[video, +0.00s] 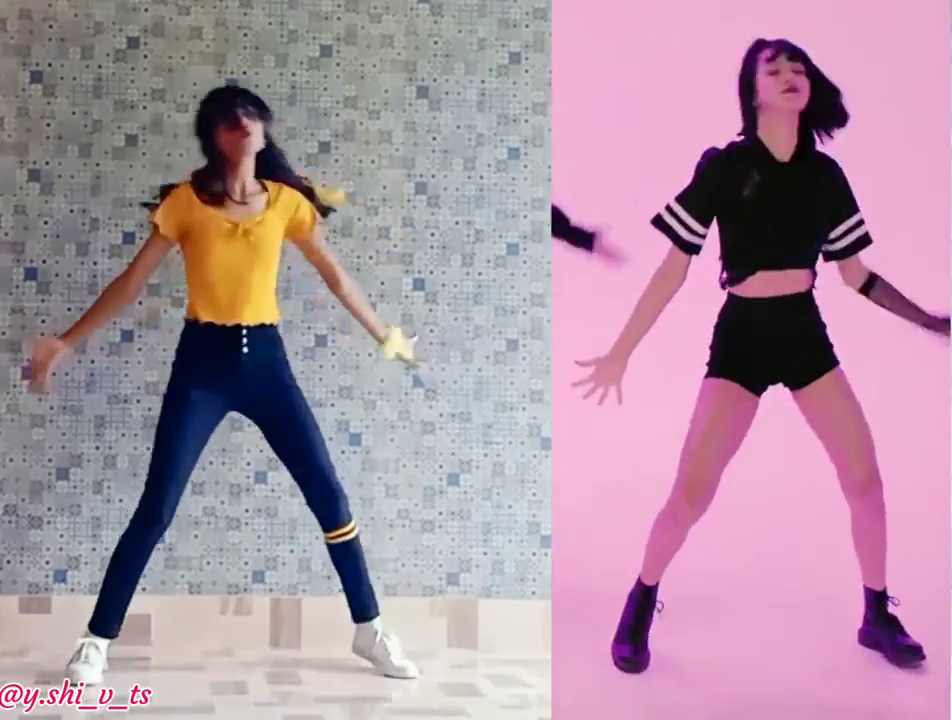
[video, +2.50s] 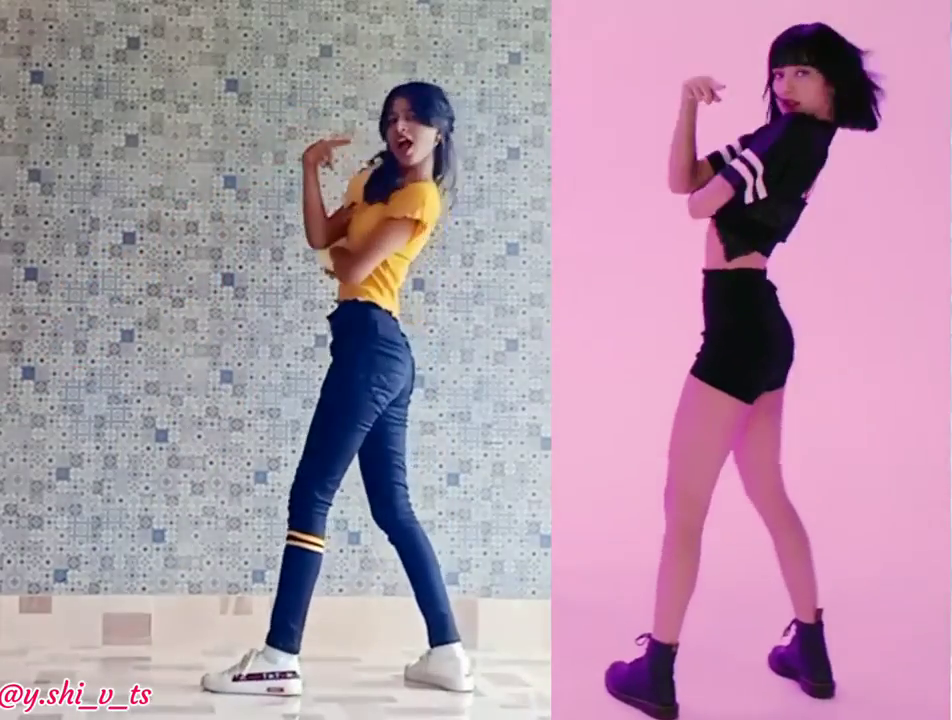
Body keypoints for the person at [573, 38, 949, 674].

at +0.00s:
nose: (789, 75)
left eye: (797, 67)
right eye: (773, 68)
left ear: (811, 87)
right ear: (751, 90)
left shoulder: (823, 172)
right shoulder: (722, 169)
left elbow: (857, 273)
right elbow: (672, 269)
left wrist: (929, 320)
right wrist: (621, 351)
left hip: (805, 334)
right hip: (741, 337)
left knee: (864, 480)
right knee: (691, 497)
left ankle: (877, 614)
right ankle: (640, 606)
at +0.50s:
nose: (711, 120)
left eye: (717, 101)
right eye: (697, 116)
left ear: (749, 96)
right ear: (695, 130)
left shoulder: (799, 151)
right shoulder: (719, 194)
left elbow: (801, 246)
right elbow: (658, 300)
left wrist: (829, 310)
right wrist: (585, 382)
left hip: (789, 354)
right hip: (726, 351)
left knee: (883, 484)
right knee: (688, 514)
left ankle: (925, 619)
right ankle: (647, 643)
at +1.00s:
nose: (739, 123)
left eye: (748, 106)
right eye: (722, 116)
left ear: (773, 108)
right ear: (710, 134)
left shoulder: (817, 172)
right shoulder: (727, 207)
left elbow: (826, 256)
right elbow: (659, 312)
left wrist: (840, 327)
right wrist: (574, 393)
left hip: (779, 370)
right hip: (722, 362)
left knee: (864, 507)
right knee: (680, 527)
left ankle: (820, 643)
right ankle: (599, 659)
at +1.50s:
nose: (806, 186)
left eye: (815, 174)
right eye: (791, 173)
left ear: (825, 185)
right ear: (763, 183)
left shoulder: (829, 248)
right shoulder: (725, 256)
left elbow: (859, 330)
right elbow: (680, 342)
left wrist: (866, 275)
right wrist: (684, 418)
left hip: (795, 418)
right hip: (740, 425)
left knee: (798, 581)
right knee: (859, 545)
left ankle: (676, 637)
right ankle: (889, 677)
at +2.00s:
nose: (786, 74)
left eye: (801, 66)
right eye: (791, 63)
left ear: (835, 85)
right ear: (835, 89)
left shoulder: (781, 152)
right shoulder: (843, 160)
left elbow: (707, 229)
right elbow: (742, 203)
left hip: (767, 338)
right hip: (818, 335)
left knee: (711, 505)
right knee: (810, 495)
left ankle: (687, 661)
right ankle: (832, 644)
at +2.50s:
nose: (786, 82)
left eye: (801, 71)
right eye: (779, 72)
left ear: (834, 83)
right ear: (775, 81)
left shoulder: (792, 138)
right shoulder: (795, 136)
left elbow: (702, 203)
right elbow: (684, 180)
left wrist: (715, 172)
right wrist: (688, 105)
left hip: (734, 330)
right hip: (762, 326)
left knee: (684, 502)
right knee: (767, 490)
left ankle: (657, 668)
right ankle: (810, 649)